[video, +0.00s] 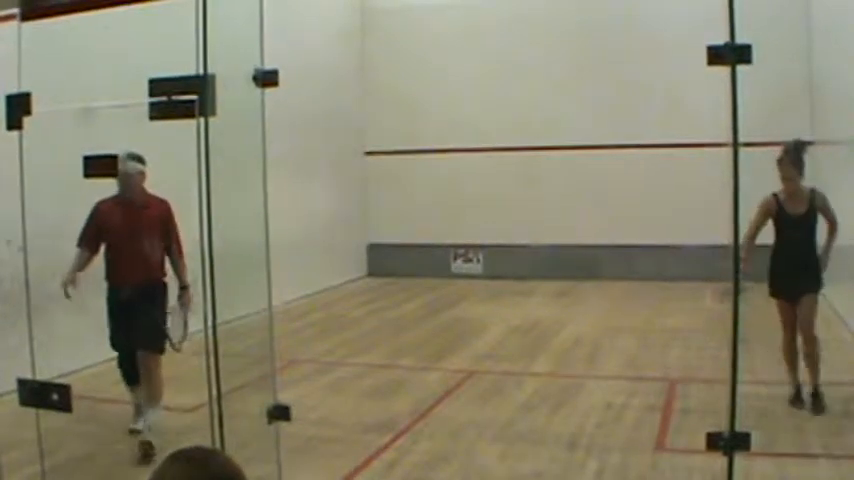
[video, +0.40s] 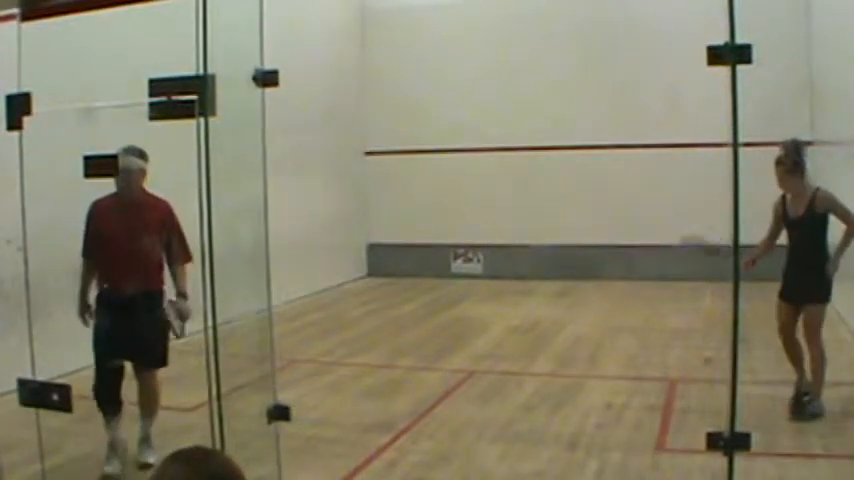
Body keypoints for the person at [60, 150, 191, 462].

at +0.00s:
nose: (130, 182)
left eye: (135, 176)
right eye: (125, 177)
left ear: (144, 177)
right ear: (118, 178)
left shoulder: (160, 209)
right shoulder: (105, 210)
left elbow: (174, 251)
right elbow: (89, 246)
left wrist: (184, 287)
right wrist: (74, 270)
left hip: (152, 290)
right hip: (119, 291)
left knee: (149, 353)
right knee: (126, 355)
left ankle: (153, 413)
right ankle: (139, 409)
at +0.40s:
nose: (126, 179)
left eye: (133, 173)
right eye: (122, 172)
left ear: (145, 174)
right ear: (115, 174)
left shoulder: (160, 210)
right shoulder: (100, 210)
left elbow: (177, 256)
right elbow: (90, 258)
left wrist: (182, 295)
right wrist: (84, 296)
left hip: (148, 301)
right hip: (110, 302)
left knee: (146, 373)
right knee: (107, 376)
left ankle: (146, 441)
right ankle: (115, 447)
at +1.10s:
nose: (135, 192)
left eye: (143, 187)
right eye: (130, 184)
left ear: (155, 188)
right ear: (122, 181)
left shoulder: (167, 226)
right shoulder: (93, 225)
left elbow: (182, 279)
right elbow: (37, 253)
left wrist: (195, 309)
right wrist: (5, 251)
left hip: (156, 337)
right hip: (110, 338)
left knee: (159, 424)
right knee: (112, 426)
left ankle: (161, 476)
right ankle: (117, 474)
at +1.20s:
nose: (152, 185)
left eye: (160, 179)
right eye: (146, 178)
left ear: (169, 185)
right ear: (132, 178)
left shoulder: (176, 228)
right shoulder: (101, 224)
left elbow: (189, 283)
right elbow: (41, 247)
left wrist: (205, 324)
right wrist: (2, 237)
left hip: (164, 339)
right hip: (117, 341)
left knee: (169, 429)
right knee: (116, 435)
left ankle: (170, 475)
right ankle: (115, 471)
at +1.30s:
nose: (162, 196)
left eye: (169, 189)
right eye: (157, 187)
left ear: (175, 189)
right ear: (139, 181)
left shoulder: (180, 228)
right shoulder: (105, 224)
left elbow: (193, 285)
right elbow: (51, 249)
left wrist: (210, 321)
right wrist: (8, 239)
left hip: (170, 341)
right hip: (124, 344)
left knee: (176, 437)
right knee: (124, 448)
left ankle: (176, 479)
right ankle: (113, 474)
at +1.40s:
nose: (169, 195)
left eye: (174, 188)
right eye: (162, 185)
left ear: (180, 187)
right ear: (143, 179)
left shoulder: (183, 225)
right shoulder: (107, 221)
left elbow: (194, 284)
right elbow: (66, 263)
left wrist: (212, 317)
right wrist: (28, 258)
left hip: (173, 338)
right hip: (126, 342)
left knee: (178, 435)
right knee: (136, 445)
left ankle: (177, 479)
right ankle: (121, 476)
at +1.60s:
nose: (180, 202)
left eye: (184, 195)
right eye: (174, 193)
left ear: (184, 193)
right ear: (150, 184)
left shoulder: (176, 226)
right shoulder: (107, 228)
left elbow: (190, 284)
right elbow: (86, 289)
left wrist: (211, 315)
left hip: (173, 345)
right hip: (129, 348)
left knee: (184, 437)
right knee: (145, 451)